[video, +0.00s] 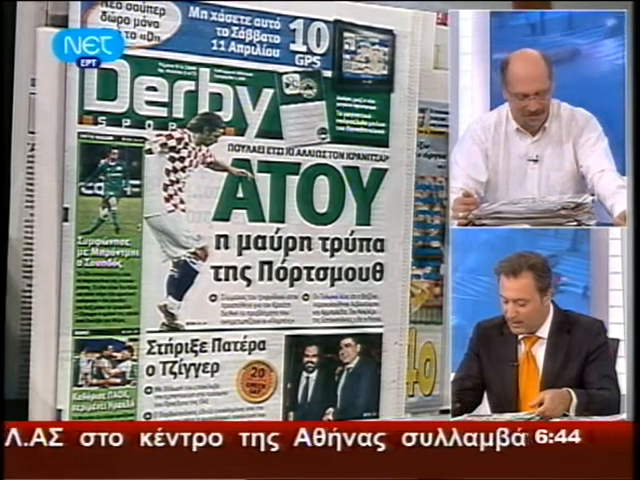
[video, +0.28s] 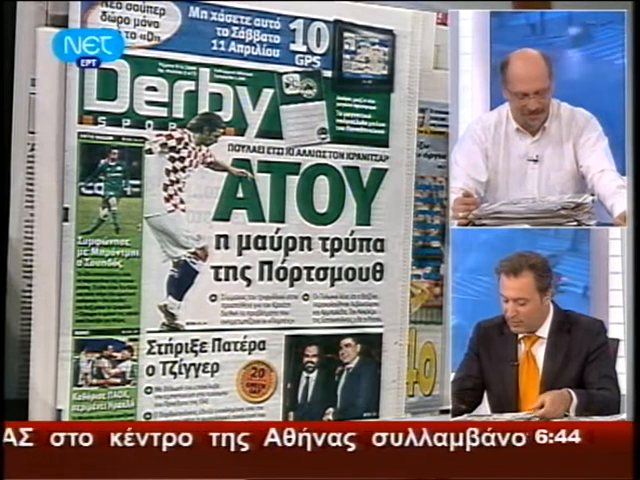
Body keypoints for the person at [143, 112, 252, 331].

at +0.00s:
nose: (215, 141)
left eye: (217, 137)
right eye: (215, 136)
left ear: (207, 132)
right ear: (205, 130)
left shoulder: (199, 150)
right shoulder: (179, 137)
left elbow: (212, 162)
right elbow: (149, 145)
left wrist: (232, 170)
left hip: (165, 209)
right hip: (161, 208)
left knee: (180, 262)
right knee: (200, 251)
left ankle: (170, 317)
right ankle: (172, 304)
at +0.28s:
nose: (215, 141)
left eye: (217, 137)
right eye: (215, 136)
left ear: (207, 132)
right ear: (205, 130)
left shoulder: (199, 150)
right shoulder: (179, 137)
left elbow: (212, 162)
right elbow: (149, 145)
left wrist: (232, 170)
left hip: (165, 209)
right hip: (161, 208)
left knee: (180, 262)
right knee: (200, 251)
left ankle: (171, 317)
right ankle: (172, 304)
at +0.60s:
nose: (215, 141)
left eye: (217, 137)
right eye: (215, 136)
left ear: (207, 132)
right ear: (205, 130)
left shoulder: (199, 150)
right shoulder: (179, 137)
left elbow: (212, 162)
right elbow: (149, 145)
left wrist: (232, 170)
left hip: (165, 209)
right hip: (161, 208)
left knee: (180, 262)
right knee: (200, 251)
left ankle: (170, 317)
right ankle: (172, 304)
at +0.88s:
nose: (215, 141)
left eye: (217, 137)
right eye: (215, 136)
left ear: (207, 132)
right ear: (205, 130)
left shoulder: (199, 150)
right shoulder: (179, 137)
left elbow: (212, 162)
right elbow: (149, 145)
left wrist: (232, 170)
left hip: (165, 209)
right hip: (161, 208)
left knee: (180, 262)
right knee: (200, 251)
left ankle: (170, 317)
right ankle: (172, 304)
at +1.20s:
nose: (215, 141)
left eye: (217, 137)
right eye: (215, 136)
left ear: (207, 132)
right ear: (205, 130)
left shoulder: (199, 150)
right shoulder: (179, 137)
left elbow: (212, 162)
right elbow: (149, 145)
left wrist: (232, 170)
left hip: (165, 209)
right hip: (161, 208)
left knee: (180, 262)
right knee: (200, 251)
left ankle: (170, 317)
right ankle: (172, 304)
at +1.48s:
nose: (215, 141)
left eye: (217, 137)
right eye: (215, 136)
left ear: (207, 132)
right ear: (205, 130)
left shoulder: (199, 150)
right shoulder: (179, 137)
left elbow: (212, 162)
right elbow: (148, 146)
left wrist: (231, 170)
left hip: (165, 209)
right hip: (161, 208)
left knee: (180, 262)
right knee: (200, 251)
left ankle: (171, 317)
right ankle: (172, 304)